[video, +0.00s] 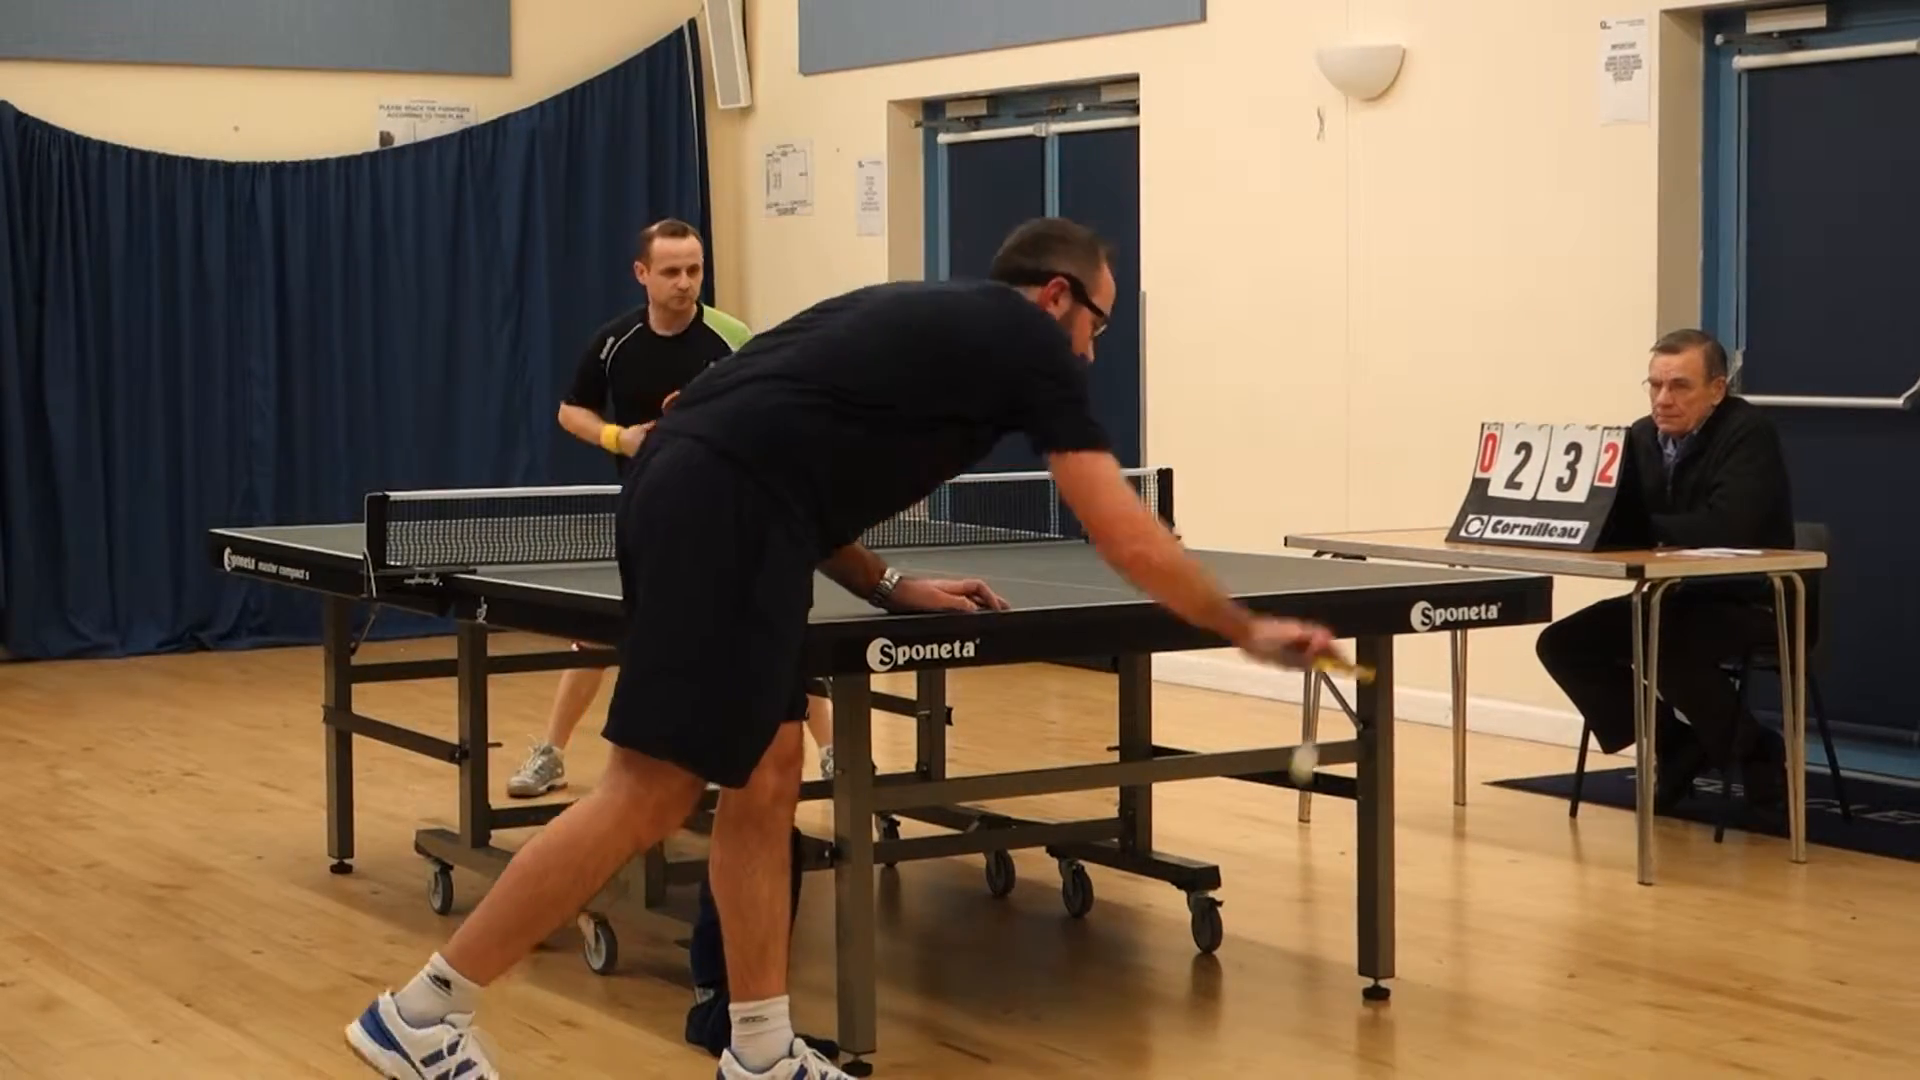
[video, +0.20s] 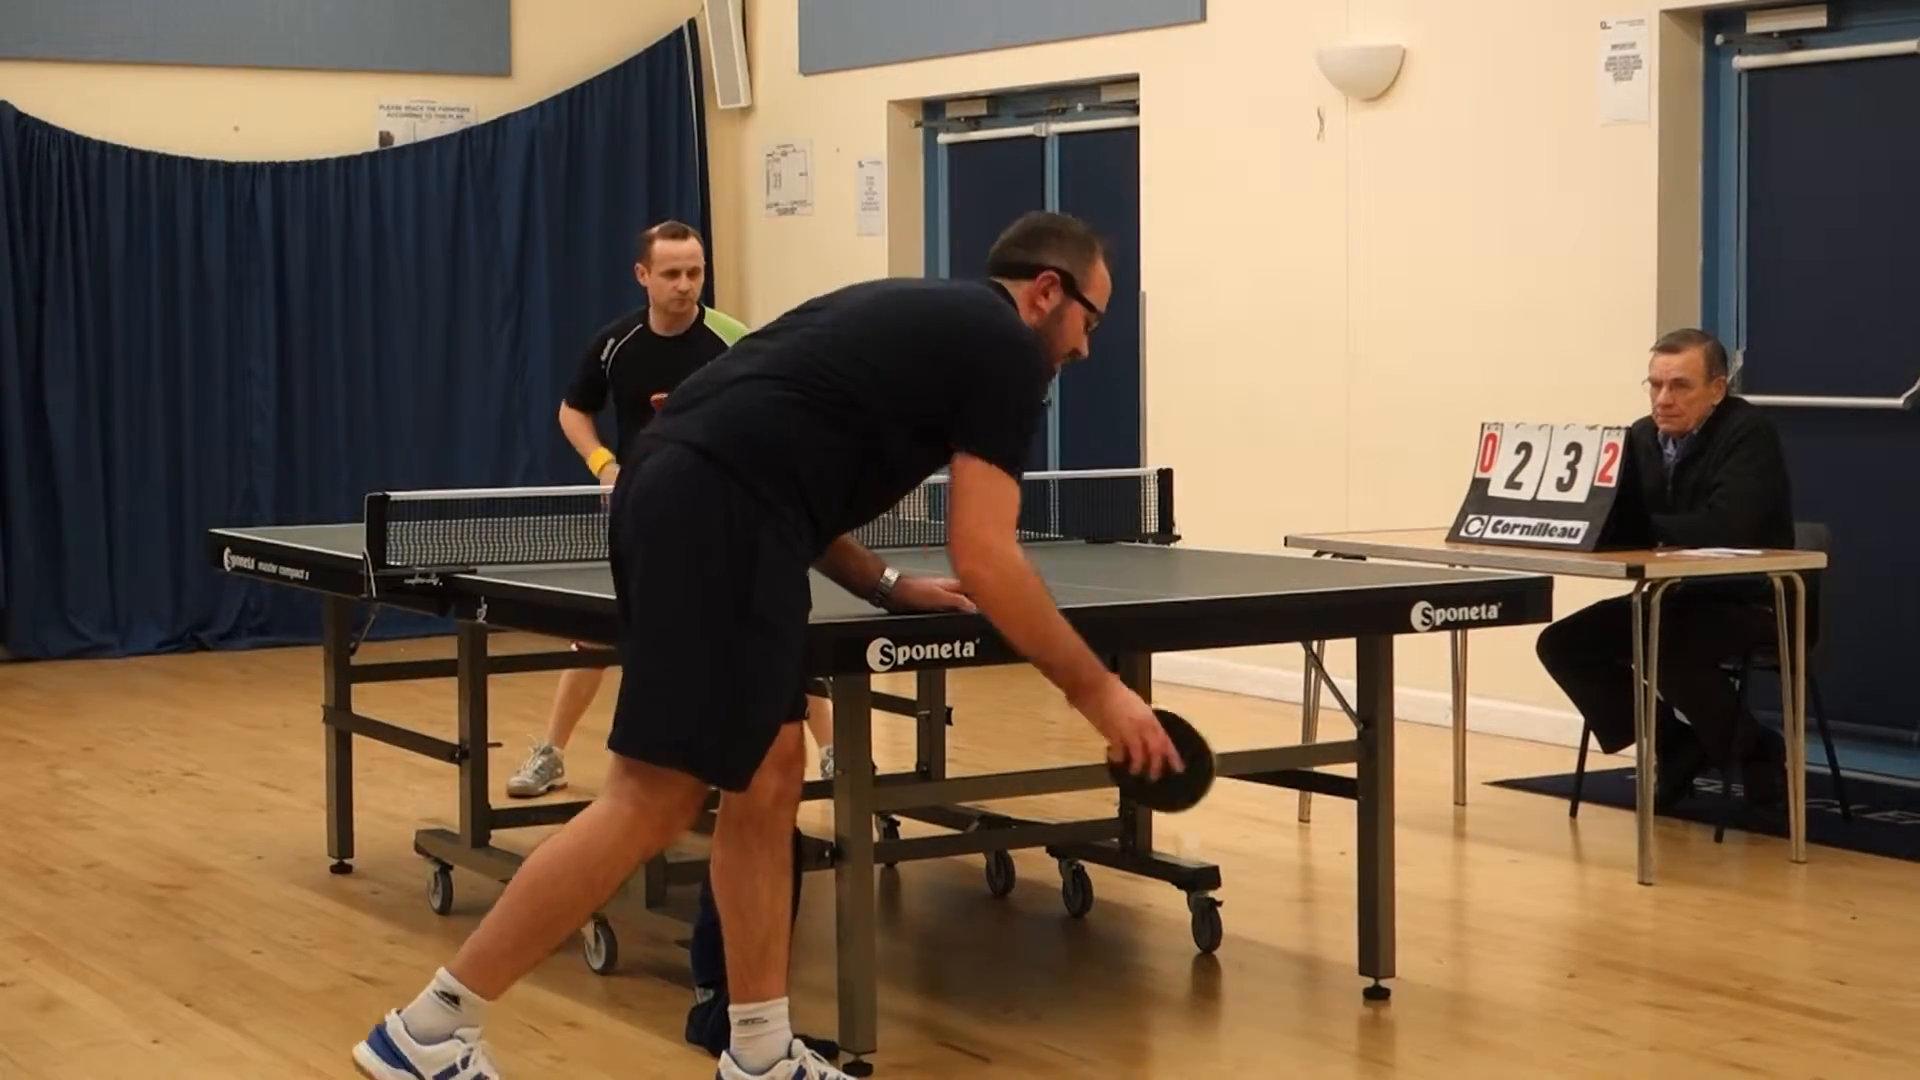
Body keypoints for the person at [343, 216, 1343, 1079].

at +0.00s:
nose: (1101, 335)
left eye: (1103, 316)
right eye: (1098, 313)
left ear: (1016, 287)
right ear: (1058, 292)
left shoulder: (913, 322)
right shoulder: (1034, 335)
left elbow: (785, 468)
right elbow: (1116, 527)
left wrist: (896, 584)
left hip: (708, 498)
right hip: (719, 501)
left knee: (768, 767)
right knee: (648, 794)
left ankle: (760, 1051)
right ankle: (420, 1009)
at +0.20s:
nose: (1087, 342)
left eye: (1095, 321)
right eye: (1090, 315)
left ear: (1010, 282)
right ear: (1045, 288)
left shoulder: (910, 318)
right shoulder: (1002, 344)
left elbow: (784, 476)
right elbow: (984, 554)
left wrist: (893, 586)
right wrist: (1103, 694)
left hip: (682, 495)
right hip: (719, 505)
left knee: (772, 763)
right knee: (654, 798)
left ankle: (760, 1050)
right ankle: (427, 1024)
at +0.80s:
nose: (893, 222)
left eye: (899, 197)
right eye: (892, 192)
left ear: (823, 175)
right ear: (837, 175)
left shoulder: (747, 249)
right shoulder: (752, 254)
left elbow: (735, 460)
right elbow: (727, 469)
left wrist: (879, 450)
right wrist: (877, 460)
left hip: (629, 559)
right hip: (564, 559)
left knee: (759, 768)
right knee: (612, 842)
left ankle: (744, 1047)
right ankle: (462, 1069)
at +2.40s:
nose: (926, 477)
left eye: (942, 467)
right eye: (944, 456)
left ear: (914, 419)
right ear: (933, 412)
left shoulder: (786, 412)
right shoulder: (882, 347)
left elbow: (693, 561)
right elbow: (1057, 393)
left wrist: (804, 586)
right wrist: (1000, 400)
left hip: (604, 562)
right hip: (621, 565)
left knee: (774, 770)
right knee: (594, 877)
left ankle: (766, 1051)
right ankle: (382, 1065)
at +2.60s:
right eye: (984, 339)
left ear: (884, 307)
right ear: (976, 330)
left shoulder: (800, 330)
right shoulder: (986, 381)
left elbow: (636, 400)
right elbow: (1022, 580)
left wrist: (711, 497)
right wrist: (1085, 570)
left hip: (711, 567)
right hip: (831, 589)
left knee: (792, 814)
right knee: (886, 872)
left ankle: (765, 1055)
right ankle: (659, 1012)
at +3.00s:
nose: (1120, 213)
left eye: (1124, 201)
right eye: (1127, 201)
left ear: (1137, 209)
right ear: (1238, 212)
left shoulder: (1102, 296)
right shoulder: (1325, 301)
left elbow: (1004, 449)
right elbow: (1400, 513)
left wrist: (1017, 499)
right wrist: (1296, 532)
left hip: (1164, 607)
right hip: (1328, 610)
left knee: (1038, 819)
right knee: (1410, 845)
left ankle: (1000, 1062)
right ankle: (1458, 1071)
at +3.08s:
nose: (1195, 209)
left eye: (1198, 196)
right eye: (1201, 196)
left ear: (1214, 203)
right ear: (1316, 207)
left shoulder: (1164, 304)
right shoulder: (1395, 295)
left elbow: (1040, 473)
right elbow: (1464, 511)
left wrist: (1076, 517)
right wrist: (1394, 571)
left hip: (1248, 618)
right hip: (1414, 608)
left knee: (1125, 874)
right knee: (1527, 822)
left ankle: (1135, 1068)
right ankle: (1540, 1068)